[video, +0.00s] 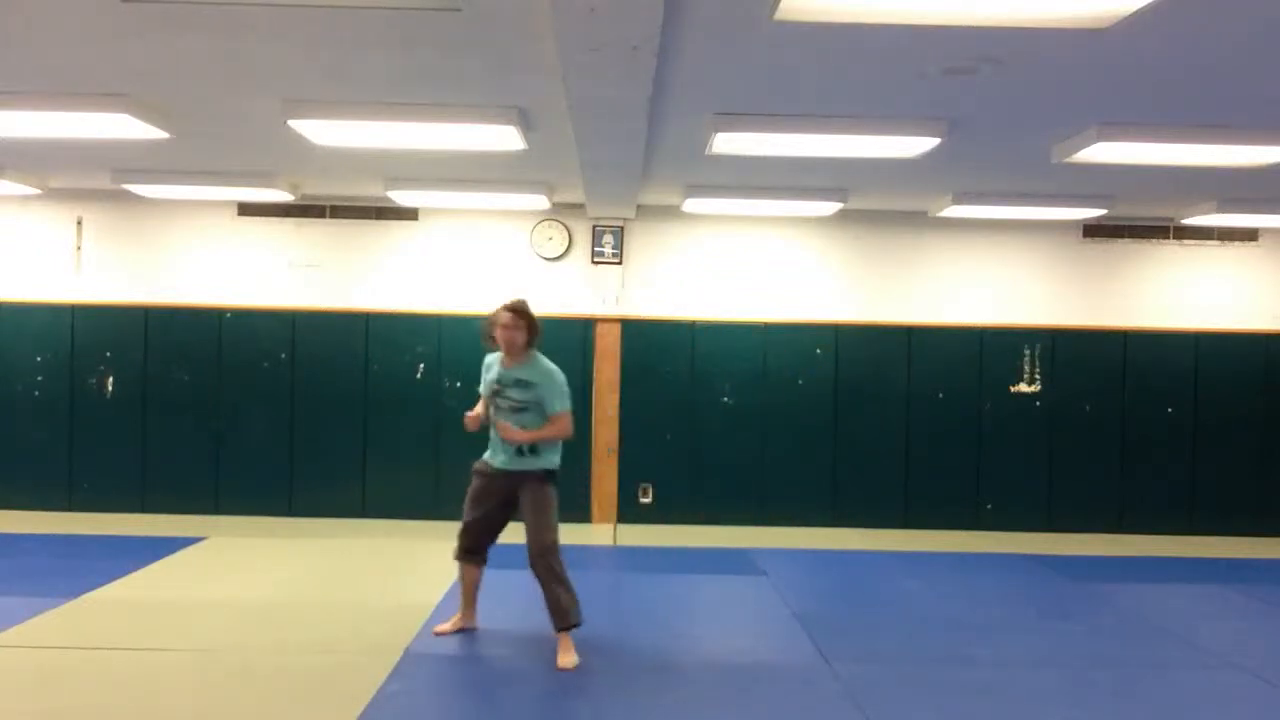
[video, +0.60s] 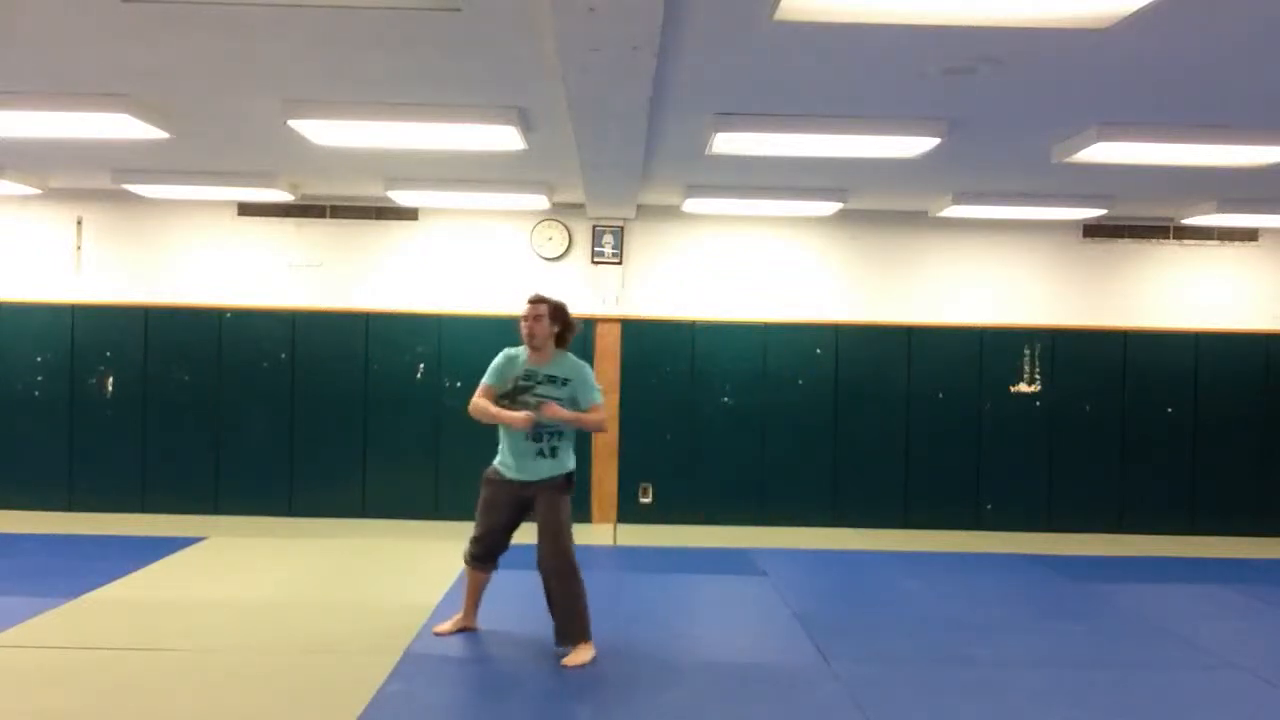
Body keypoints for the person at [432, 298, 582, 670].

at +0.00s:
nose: (507, 335)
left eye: (515, 328)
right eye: (502, 327)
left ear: (529, 333)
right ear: (495, 331)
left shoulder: (549, 375)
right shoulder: (490, 364)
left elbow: (564, 427)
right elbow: (486, 403)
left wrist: (524, 435)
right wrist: (477, 415)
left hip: (536, 473)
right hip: (494, 468)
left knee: (544, 552)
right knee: (471, 542)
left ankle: (564, 636)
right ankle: (467, 615)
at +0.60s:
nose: (528, 325)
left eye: (537, 319)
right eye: (526, 319)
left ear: (556, 326)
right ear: (521, 324)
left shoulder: (577, 370)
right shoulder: (509, 360)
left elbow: (600, 421)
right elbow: (475, 405)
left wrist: (562, 416)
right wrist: (509, 417)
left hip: (553, 478)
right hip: (506, 474)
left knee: (556, 558)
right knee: (481, 548)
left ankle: (582, 643)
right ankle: (467, 616)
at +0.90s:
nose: (520, 325)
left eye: (528, 320)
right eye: (520, 319)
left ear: (550, 327)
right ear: (522, 325)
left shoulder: (580, 368)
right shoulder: (509, 359)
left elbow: (600, 415)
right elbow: (495, 408)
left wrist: (599, 457)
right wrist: (544, 431)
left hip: (557, 476)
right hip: (509, 471)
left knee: (566, 558)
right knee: (482, 543)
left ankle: (581, 642)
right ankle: (495, 593)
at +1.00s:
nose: (501, 329)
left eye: (509, 324)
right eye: (502, 323)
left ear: (531, 332)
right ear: (511, 331)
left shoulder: (566, 370)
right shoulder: (496, 367)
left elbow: (590, 420)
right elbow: (477, 411)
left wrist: (597, 469)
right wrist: (515, 443)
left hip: (556, 476)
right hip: (508, 474)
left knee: (564, 558)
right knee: (486, 545)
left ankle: (581, 642)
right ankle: (507, 603)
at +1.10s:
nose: (477, 330)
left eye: (484, 324)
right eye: (479, 323)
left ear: (506, 333)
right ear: (495, 334)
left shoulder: (549, 372)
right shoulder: (481, 365)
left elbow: (586, 409)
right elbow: (445, 394)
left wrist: (598, 460)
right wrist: (485, 407)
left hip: (545, 477)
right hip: (503, 476)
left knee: (556, 560)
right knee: (493, 553)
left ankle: (579, 643)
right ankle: (511, 611)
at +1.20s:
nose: (456, 327)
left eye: (461, 322)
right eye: (457, 321)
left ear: (481, 327)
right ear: (479, 329)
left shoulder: (524, 358)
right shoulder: (466, 362)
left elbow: (576, 388)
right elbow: (425, 379)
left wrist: (592, 438)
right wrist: (463, 382)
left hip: (534, 458)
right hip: (507, 464)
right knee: (494, 532)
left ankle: (561, 615)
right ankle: (509, 606)